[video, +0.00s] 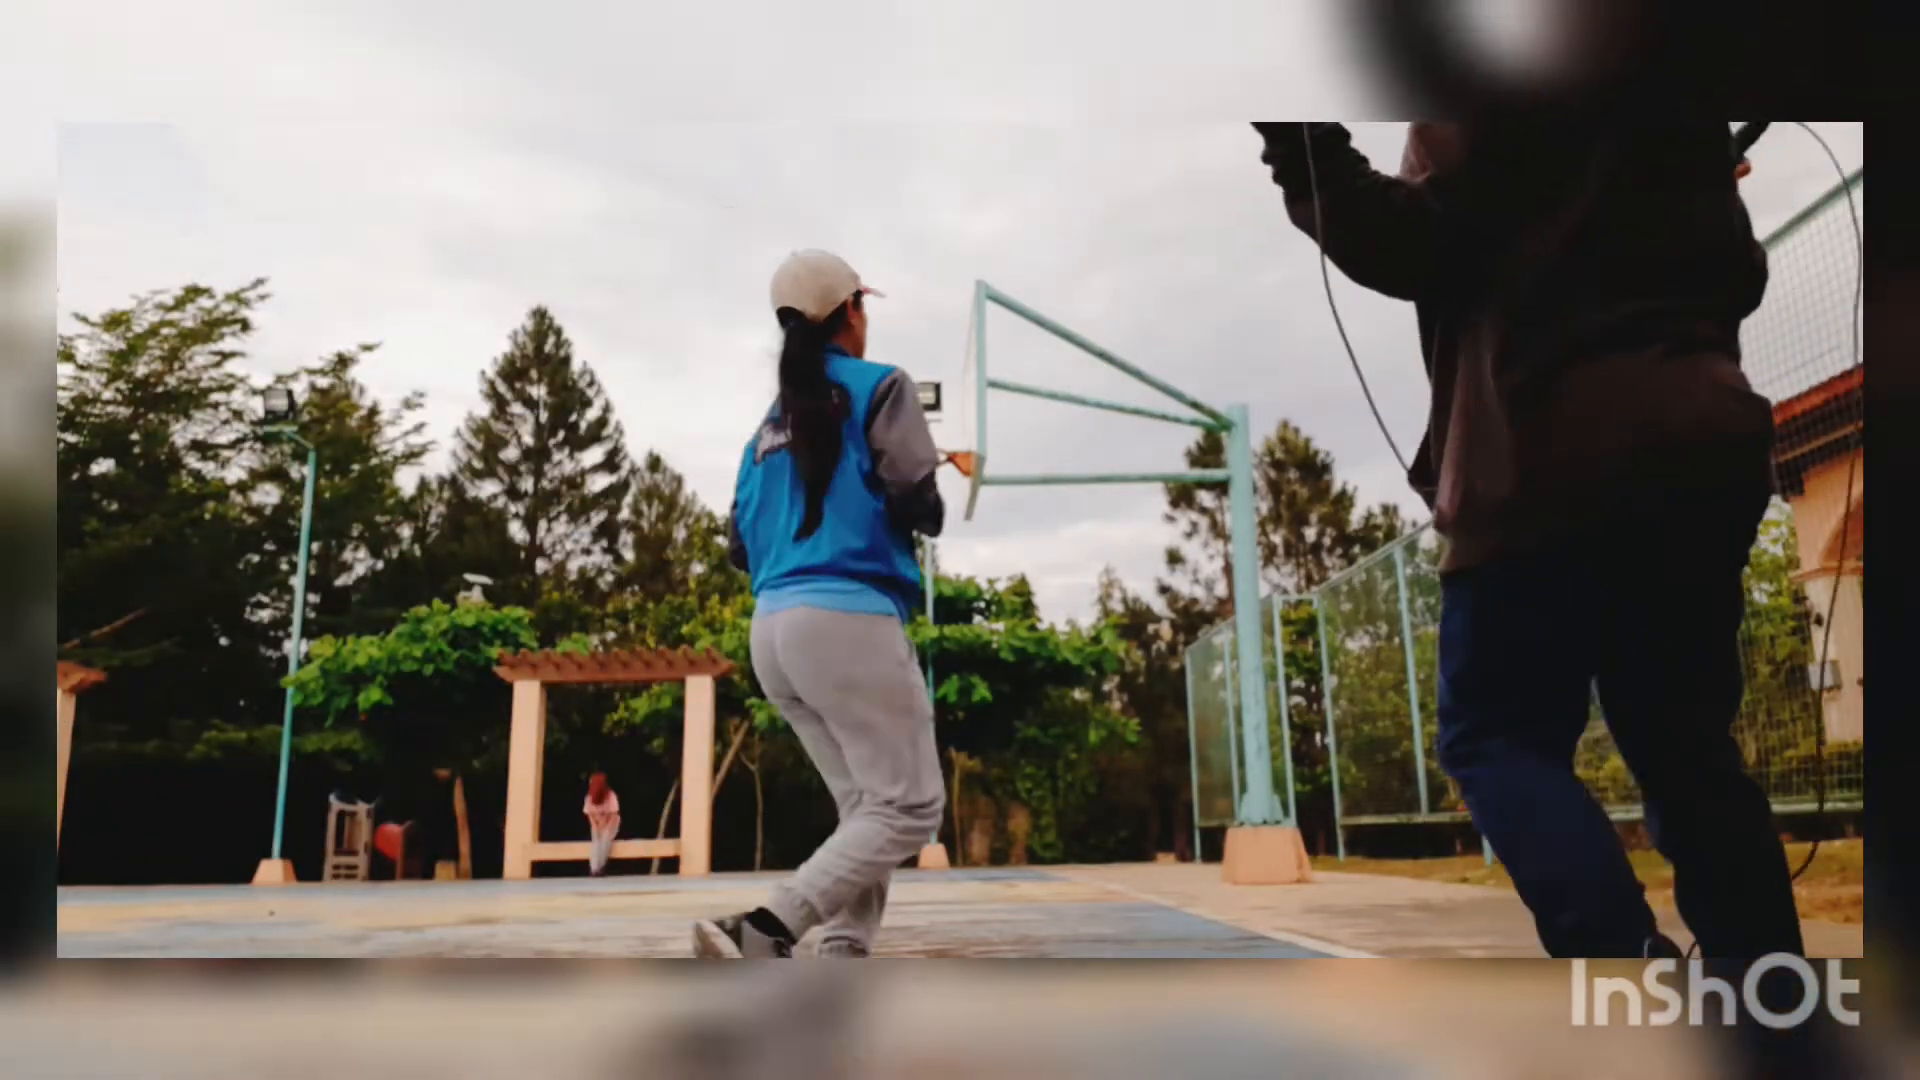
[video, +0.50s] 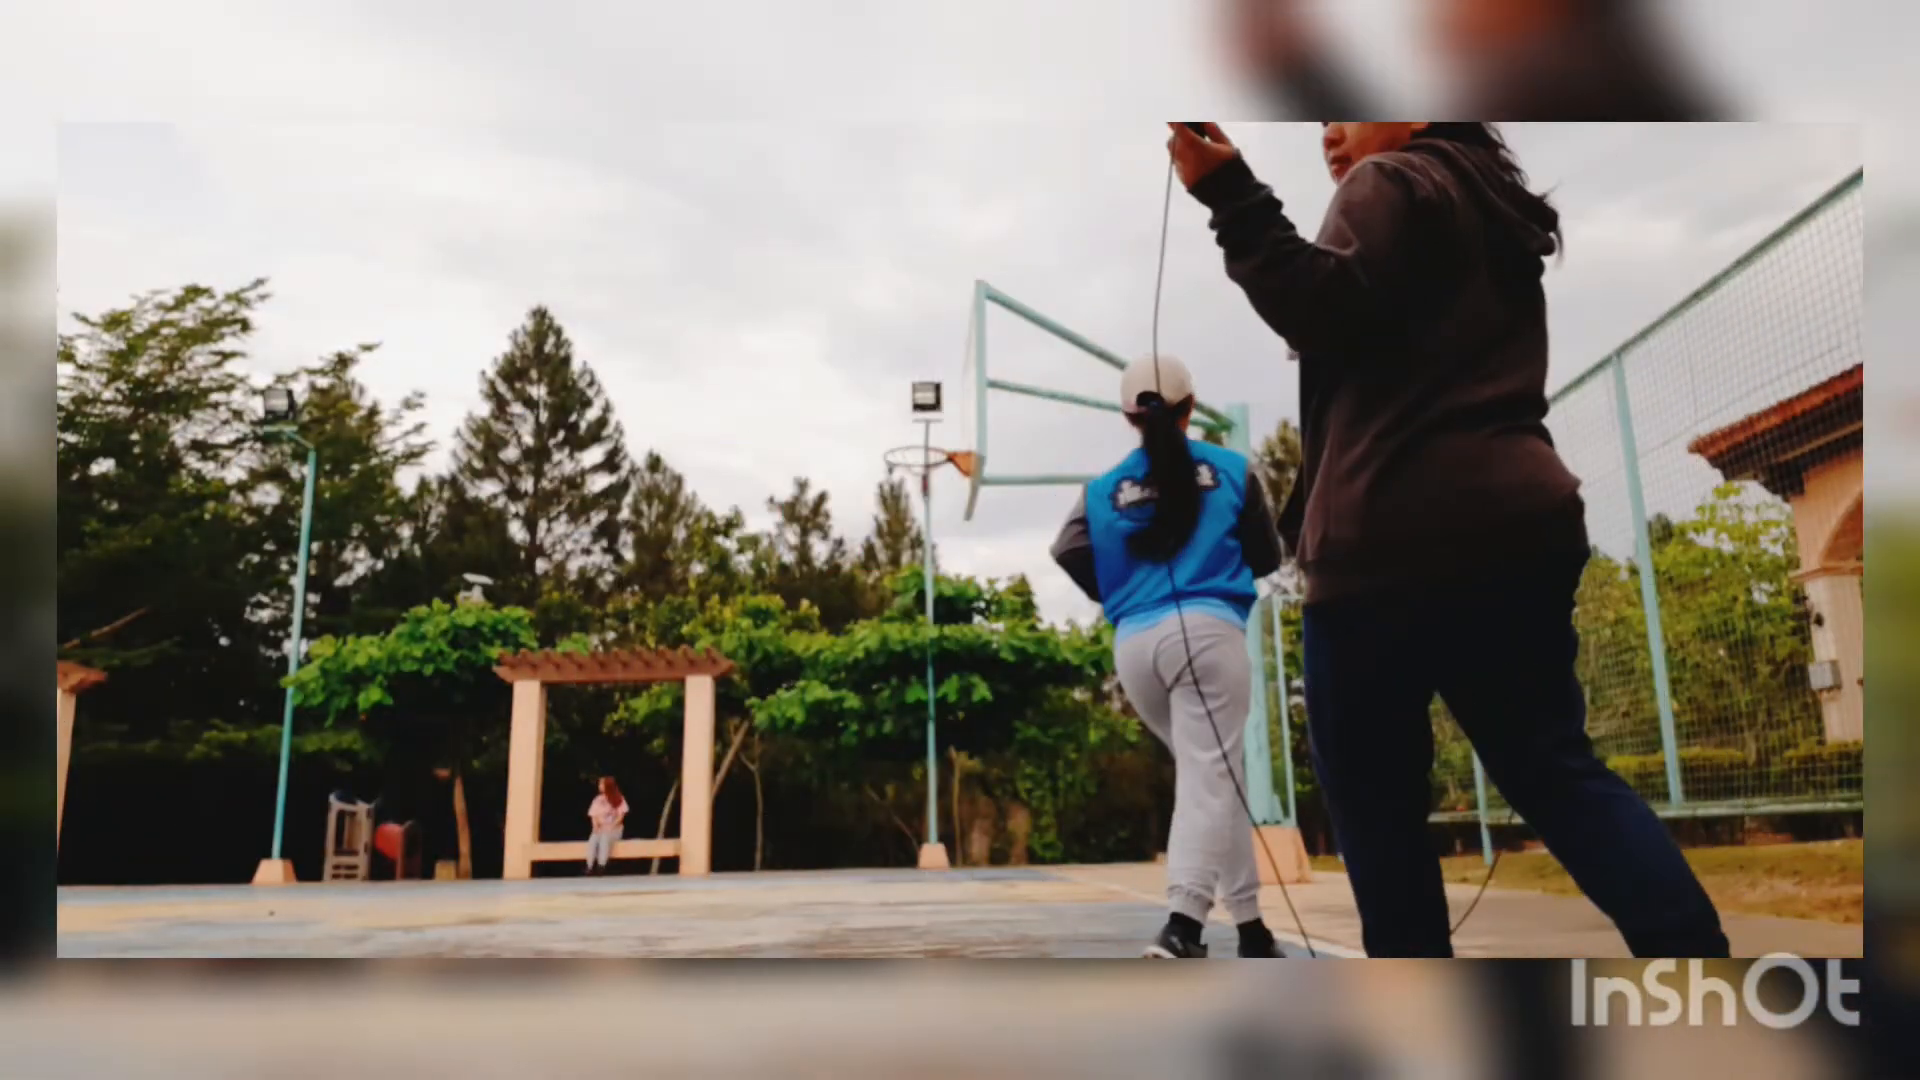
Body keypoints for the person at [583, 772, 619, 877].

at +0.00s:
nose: (595, 787)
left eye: (598, 784)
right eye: (593, 784)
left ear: (602, 785)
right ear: (591, 785)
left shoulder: (610, 796)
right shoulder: (589, 798)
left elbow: (614, 814)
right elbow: (589, 813)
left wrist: (608, 827)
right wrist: (594, 826)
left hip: (609, 820)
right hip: (596, 821)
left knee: (605, 839)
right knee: (596, 841)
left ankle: (600, 866)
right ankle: (594, 867)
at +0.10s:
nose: (596, 787)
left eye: (598, 785)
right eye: (594, 784)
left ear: (603, 785)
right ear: (592, 786)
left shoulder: (611, 798)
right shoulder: (590, 799)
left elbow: (615, 814)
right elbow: (589, 815)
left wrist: (610, 827)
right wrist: (594, 827)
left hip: (610, 822)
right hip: (597, 823)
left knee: (605, 839)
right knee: (595, 841)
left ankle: (599, 866)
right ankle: (594, 867)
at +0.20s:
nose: (599, 789)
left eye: (601, 786)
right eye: (597, 786)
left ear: (606, 788)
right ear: (594, 788)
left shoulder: (613, 800)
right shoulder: (591, 801)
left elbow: (616, 817)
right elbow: (590, 818)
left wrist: (608, 829)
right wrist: (595, 830)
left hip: (611, 824)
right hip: (598, 825)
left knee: (605, 840)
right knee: (594, 841)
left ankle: (601, 866)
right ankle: (593, 867)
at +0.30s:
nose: (597, 786)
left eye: (599, 784)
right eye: (597, 784)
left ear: (606, 786)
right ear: (596, 785)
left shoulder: (616, 798)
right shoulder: (594, 799)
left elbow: (619, 814)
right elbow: (590, 814)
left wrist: (611, 826)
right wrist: (594, 826)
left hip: (612, 824)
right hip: (599, 824)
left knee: (606, 839)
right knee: (594, 839)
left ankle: (602, 866)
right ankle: (591, 865)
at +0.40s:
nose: (599, 786)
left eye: (602, 784)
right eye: (599, 783)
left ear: (608, 785)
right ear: (597, 785)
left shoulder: (617, 798)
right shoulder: (596, 799)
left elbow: (621, 813)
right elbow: (592, 814)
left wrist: (612, 824)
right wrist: (595, 827)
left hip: (613, 825)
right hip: (600, 824)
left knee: (605, 839)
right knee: (594, 838)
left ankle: (603, 866)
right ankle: (590, 864)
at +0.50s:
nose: (600, 786)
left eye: (602, 784)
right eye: (600, 784)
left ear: (608, 786)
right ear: (599, 786)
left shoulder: (618, 799)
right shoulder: (598, 799)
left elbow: (621, 814)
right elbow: (593, 813)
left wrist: (612, 825)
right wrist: (595, 826)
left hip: (613, 826)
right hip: (600, 826)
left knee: (605, 838)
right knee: (593, 839)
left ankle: (602, 864)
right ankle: (590, 864)